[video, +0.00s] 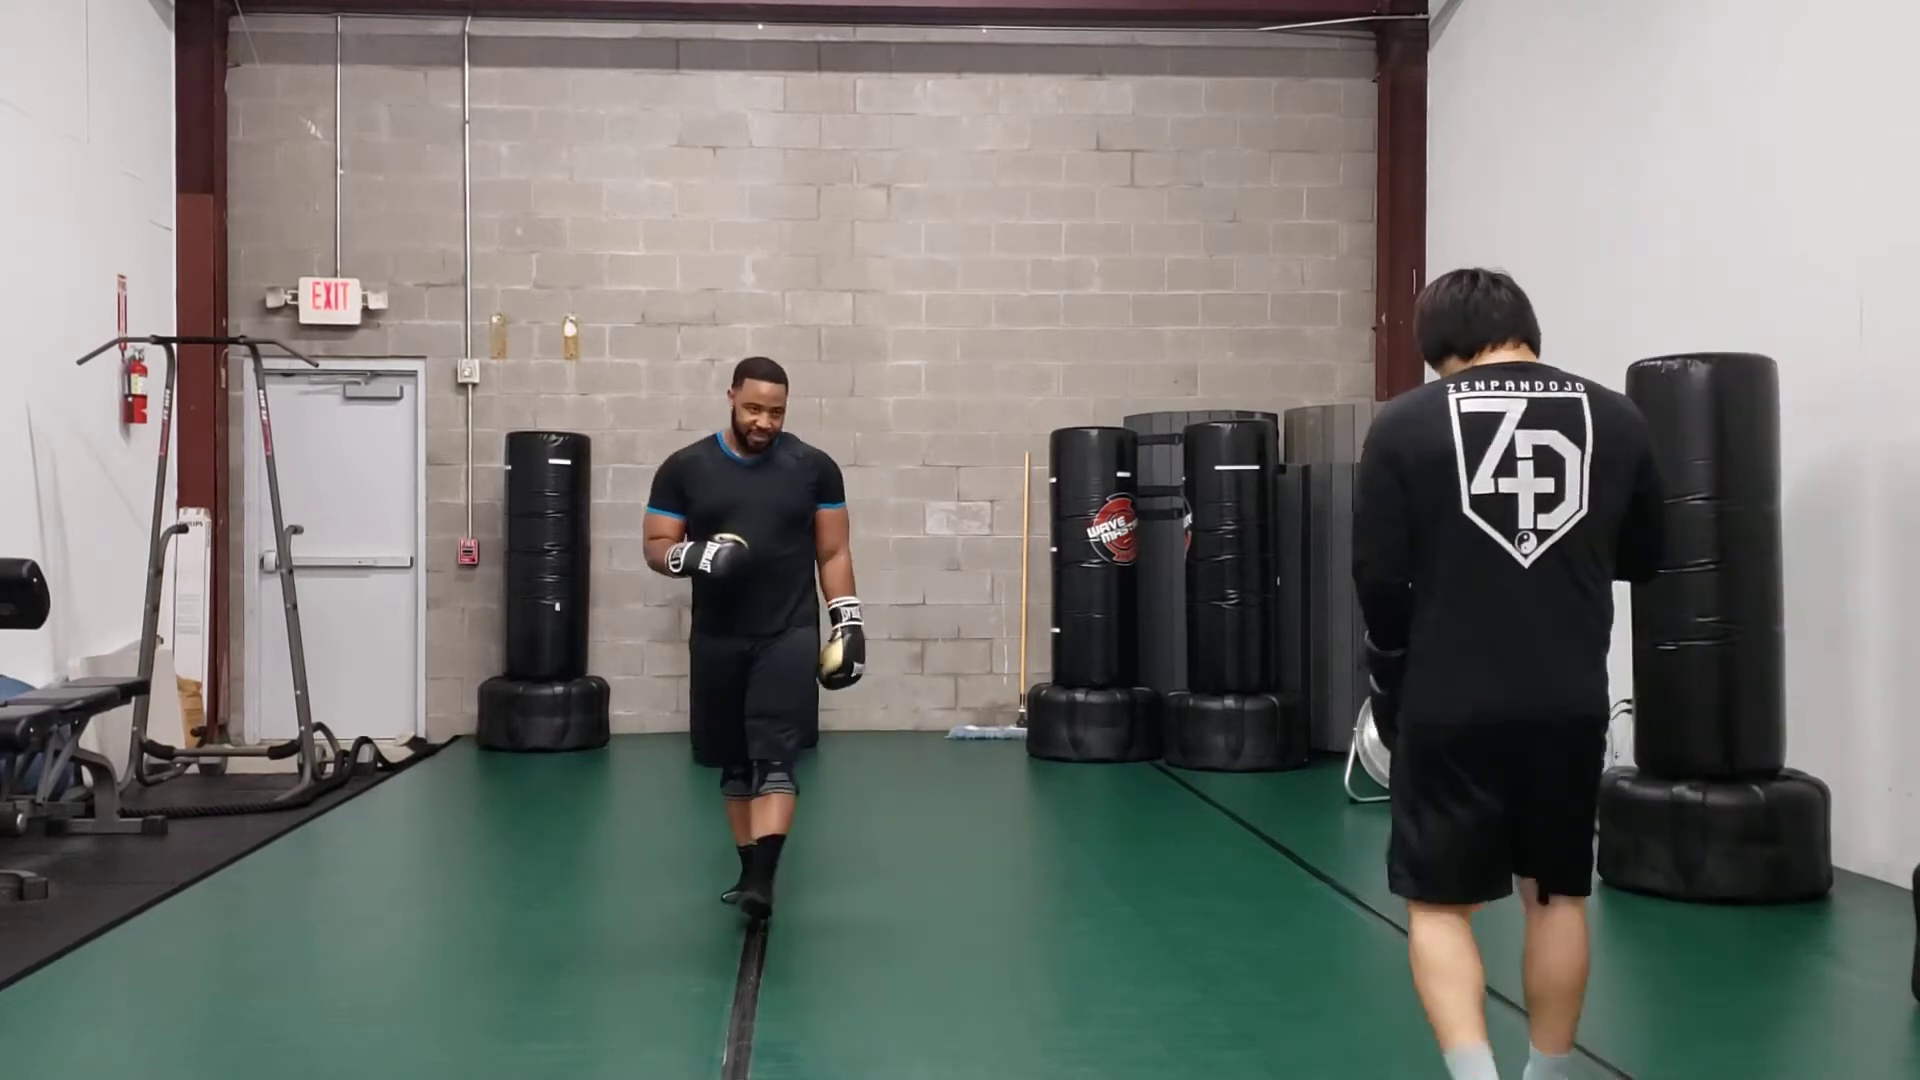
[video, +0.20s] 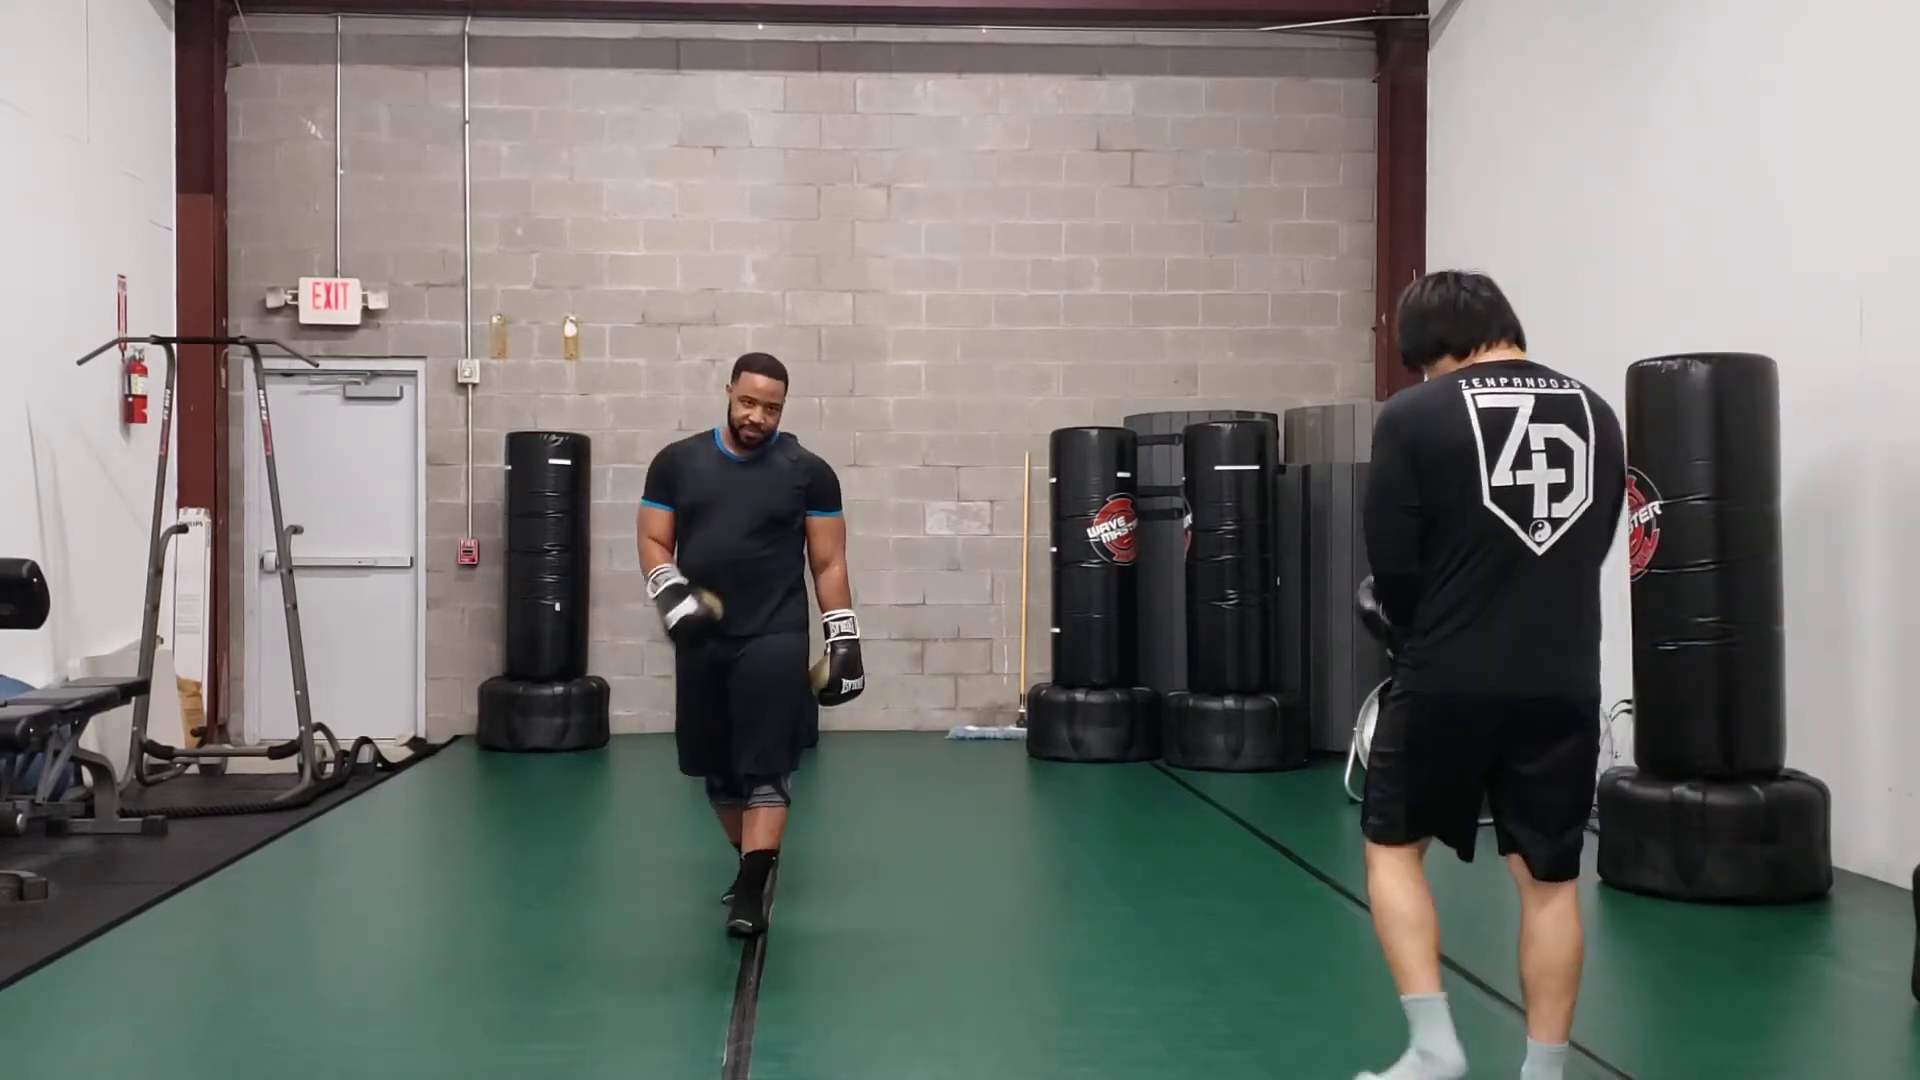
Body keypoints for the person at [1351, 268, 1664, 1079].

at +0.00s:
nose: (1434, 374)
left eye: (1433, 361)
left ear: (1440, 356)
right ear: (1532, 341)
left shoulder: (1405, 425)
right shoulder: (1611, 414)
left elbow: (1380, 576)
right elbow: (1645, 556)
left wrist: (1396, 672)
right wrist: (1568, 534)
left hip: (1451, 701)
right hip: (1567, 699)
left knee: (1439, 905)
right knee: (1557, 892)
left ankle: (1475, 1071)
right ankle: (1547, 1071)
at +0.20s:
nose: (1418, 378)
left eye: (1419, 364)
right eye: (1418, 365)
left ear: (1435, 354)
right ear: (1512, 339)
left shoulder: (1414, 417)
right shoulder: (1593, 410)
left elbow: (1394, 566)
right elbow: (1595, 541)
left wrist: (1414, 631)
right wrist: (1529, 598)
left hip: (1446, 679)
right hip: (1562, 682)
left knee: (1393, 839)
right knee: (1550, 877)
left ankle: (1434, 1045)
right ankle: (1545, 1067)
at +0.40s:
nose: (1379, 399)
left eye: (1379, 384)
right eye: (1374, 385)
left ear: (1404, 367)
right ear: (1464, 350)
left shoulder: (1387, 431)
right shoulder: (1546, 421)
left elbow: (1370, 571)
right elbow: (1541, 552)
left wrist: (1390, 648)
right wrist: (1485, 624)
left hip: (1423, 686)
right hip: (1532, 683)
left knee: (1396, 863)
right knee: (1531, 872)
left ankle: (1378, 1034)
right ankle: (1539, 1064)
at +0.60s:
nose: (1335, 407)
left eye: (1329, 393)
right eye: (1329, 394)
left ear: (1347, 379)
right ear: (1406, 352)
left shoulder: (1341, 446)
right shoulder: (1496, 419)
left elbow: (1326, 585)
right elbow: (1532, 545)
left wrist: (1313, 661)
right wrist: (1452, 562)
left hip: (1387, 681)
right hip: (1487, 675)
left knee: (1375, 850)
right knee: (1507, 829)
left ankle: (1378, 1036)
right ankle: (1535, 997)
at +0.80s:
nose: (1320, 408)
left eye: (1316, 395)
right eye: (1315, 397)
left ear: (1334, 381)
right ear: (1395, 353)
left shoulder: (1330, 438)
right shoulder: (1478, 418)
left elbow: (1321, 571)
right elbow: (1486, 544)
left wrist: (1339, 645)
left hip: (1384, 674)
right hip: (1479, 666)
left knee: (1372, 846)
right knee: (1496, 829)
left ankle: (1378, 1035)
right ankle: (1525, 1004)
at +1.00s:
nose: (1344, 408)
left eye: (1342, 393)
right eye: (1338, 394)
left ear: (1365, 377)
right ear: (1408, 360)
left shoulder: (1365, 439)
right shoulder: (1483, 421)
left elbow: (1347, 577)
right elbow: (1448, 543)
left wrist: (1343, 642)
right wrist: (1329, 580)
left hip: (1397, 668)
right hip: (1484, 663)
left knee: (1375, 841)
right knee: (1491, 833)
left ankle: (1380, 1030)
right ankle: (1509, 1004)